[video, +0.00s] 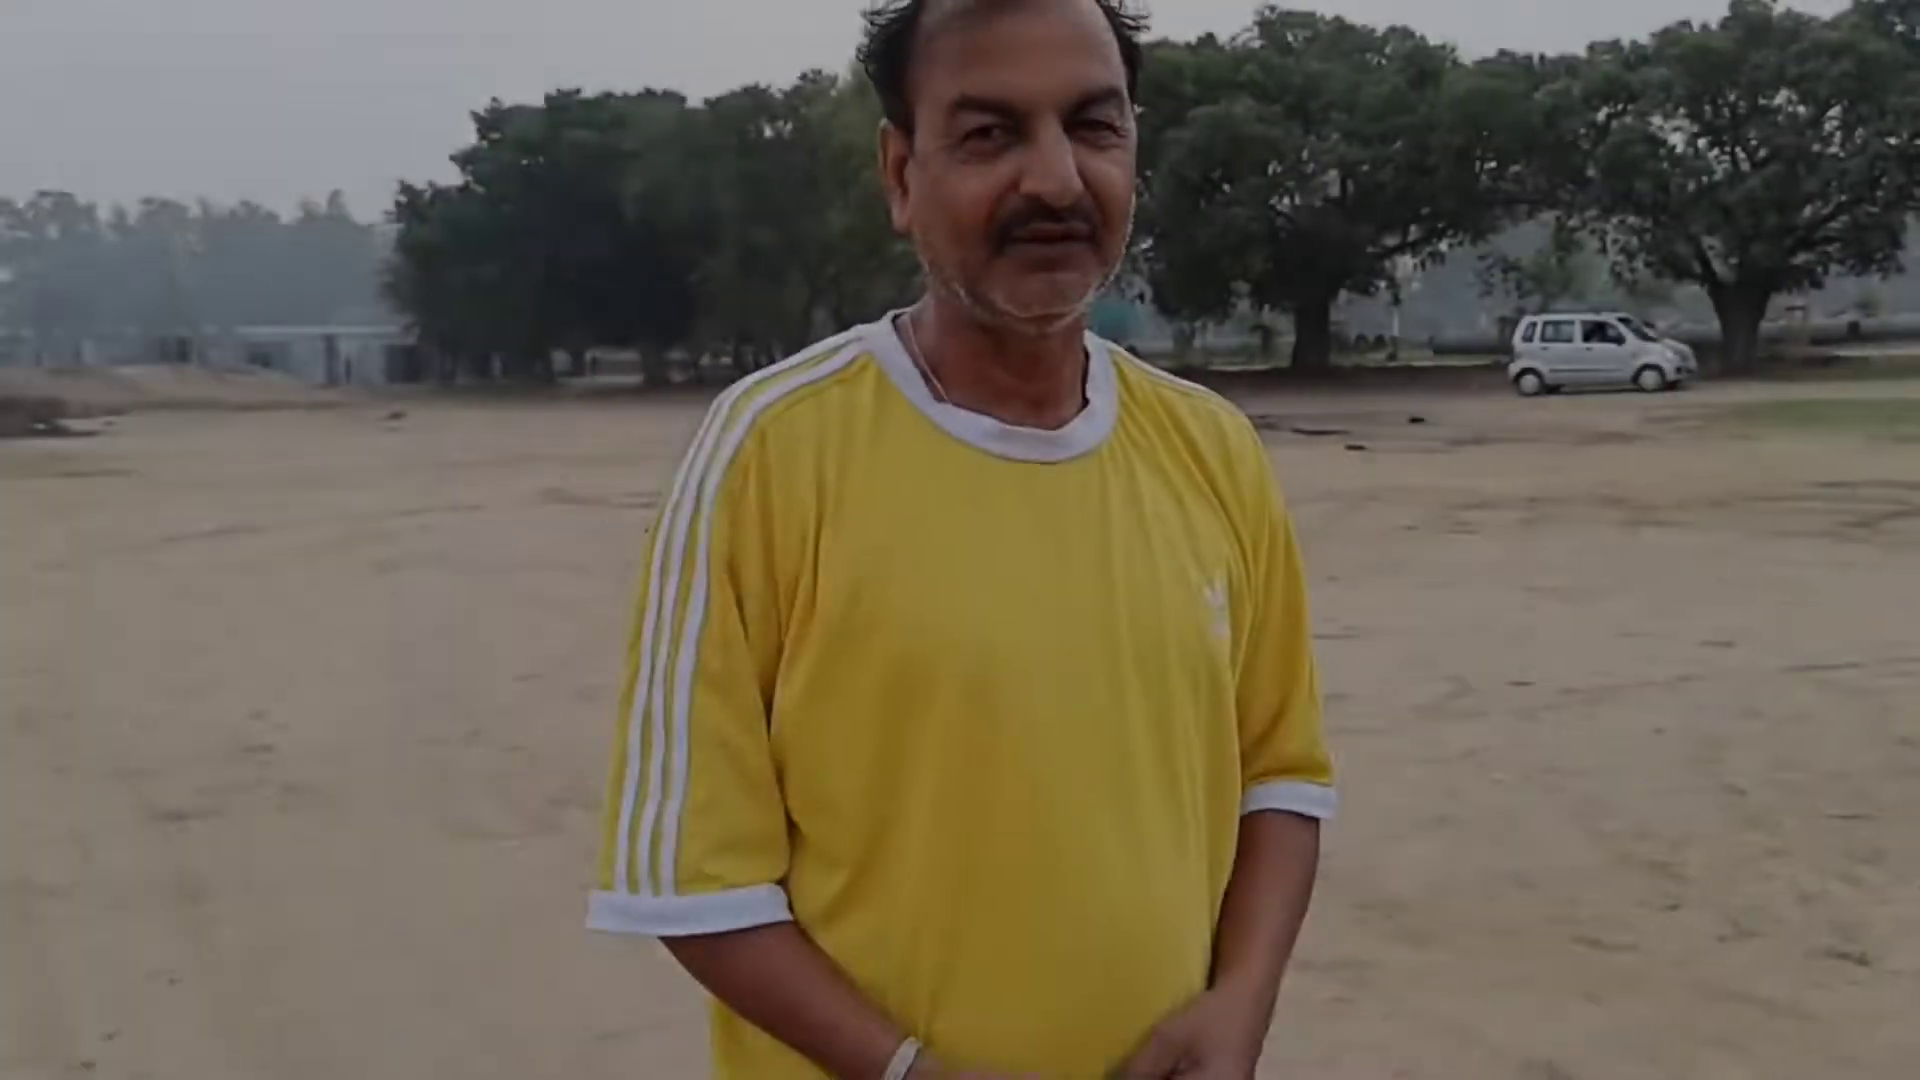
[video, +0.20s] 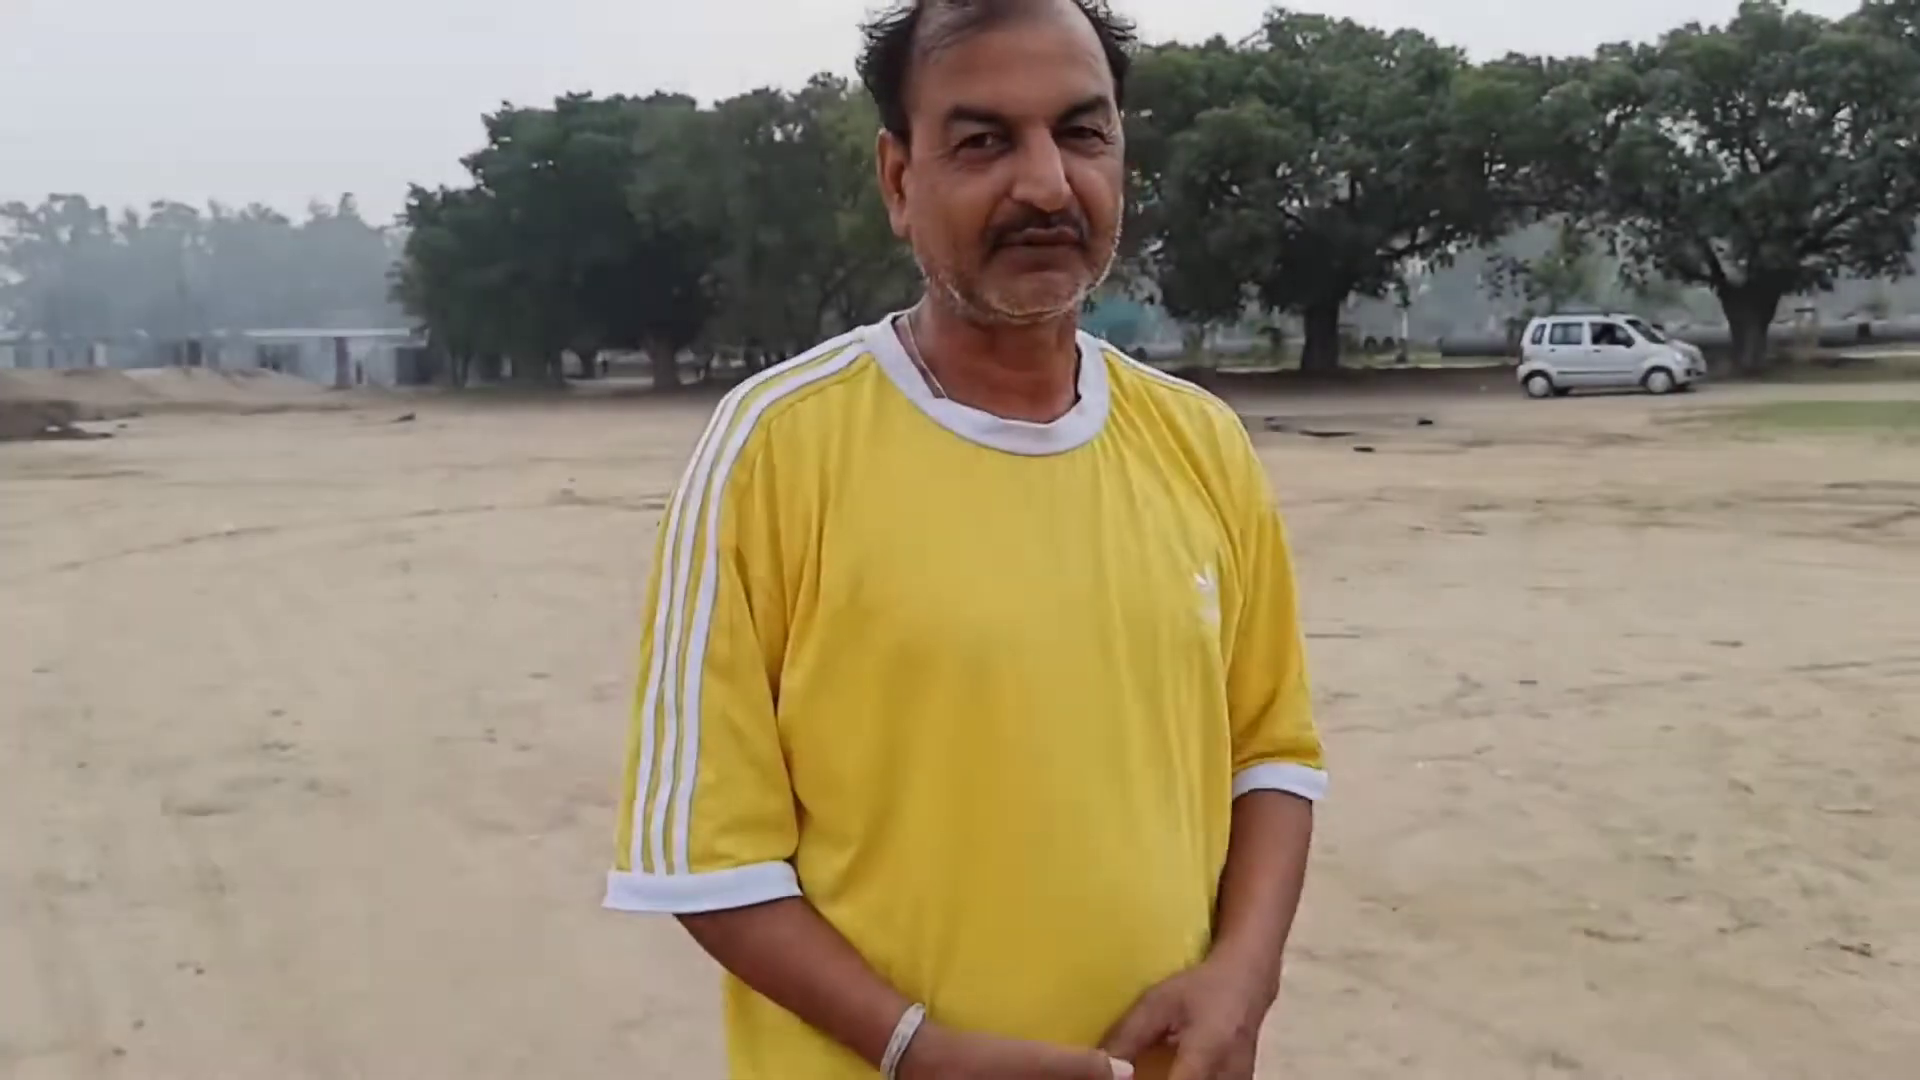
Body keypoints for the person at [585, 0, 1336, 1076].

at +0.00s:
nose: (1055, 178)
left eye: (1093, 125)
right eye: (989, 133)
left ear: (1134, 157)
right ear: (899, 179)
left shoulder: (1213, 449)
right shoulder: (770, 447)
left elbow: (1285, 770)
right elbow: (693, 871)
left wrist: (1240, 1003)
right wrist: (899, 1063)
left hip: (1157, 1057)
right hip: (854, 1061)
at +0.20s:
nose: (1046, 181)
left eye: (1081, 133)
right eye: (983, 140)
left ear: (1122, 166)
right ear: (897, 184)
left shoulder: (1203, 443)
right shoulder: (773, 444)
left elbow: (1277, 747)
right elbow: (703, 849)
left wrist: (1242, 970)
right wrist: (920, 1047)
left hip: (1157, 1055)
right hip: (853, 1055)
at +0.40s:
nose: (980, 205)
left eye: (1014, 151)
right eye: (918, 160)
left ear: (1053, 167)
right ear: (836, 193)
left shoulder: (1140, 440)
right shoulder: (719, 454)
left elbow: (1262, 802)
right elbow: (650, 858)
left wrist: (1214, 700)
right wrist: (846, 1051)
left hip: (1129, 1053)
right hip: (836, 1062)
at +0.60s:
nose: (912, 207)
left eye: (944, 155)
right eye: (849, 163)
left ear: (983, 174)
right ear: (765, 202)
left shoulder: (1074, 442)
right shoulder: (652, 470)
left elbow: (1251, 750)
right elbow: (583, 871)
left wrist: (1165, 510)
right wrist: (763, 1053)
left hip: (1092, 1048)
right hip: (788, 1059)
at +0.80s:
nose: (861, 199)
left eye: (893, 146)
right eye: (796, 164)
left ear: (944, 176)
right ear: (727, 218)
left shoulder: (1077, 443)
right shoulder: (630, 480)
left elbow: (1205, 758)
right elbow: (561, 862)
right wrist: (735, 1043)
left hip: (1082, 1053)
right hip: (778, 1063)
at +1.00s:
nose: (854, 216)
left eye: (888, 153)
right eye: (790, 178)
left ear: (948, 169)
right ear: (726, 222)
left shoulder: (1091, 434)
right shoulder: (636, 483)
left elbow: (1184, 725)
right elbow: (580, 850)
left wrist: (1112, 935)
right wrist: (776, 1008)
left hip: (1078, 1050)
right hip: (763, 1056)